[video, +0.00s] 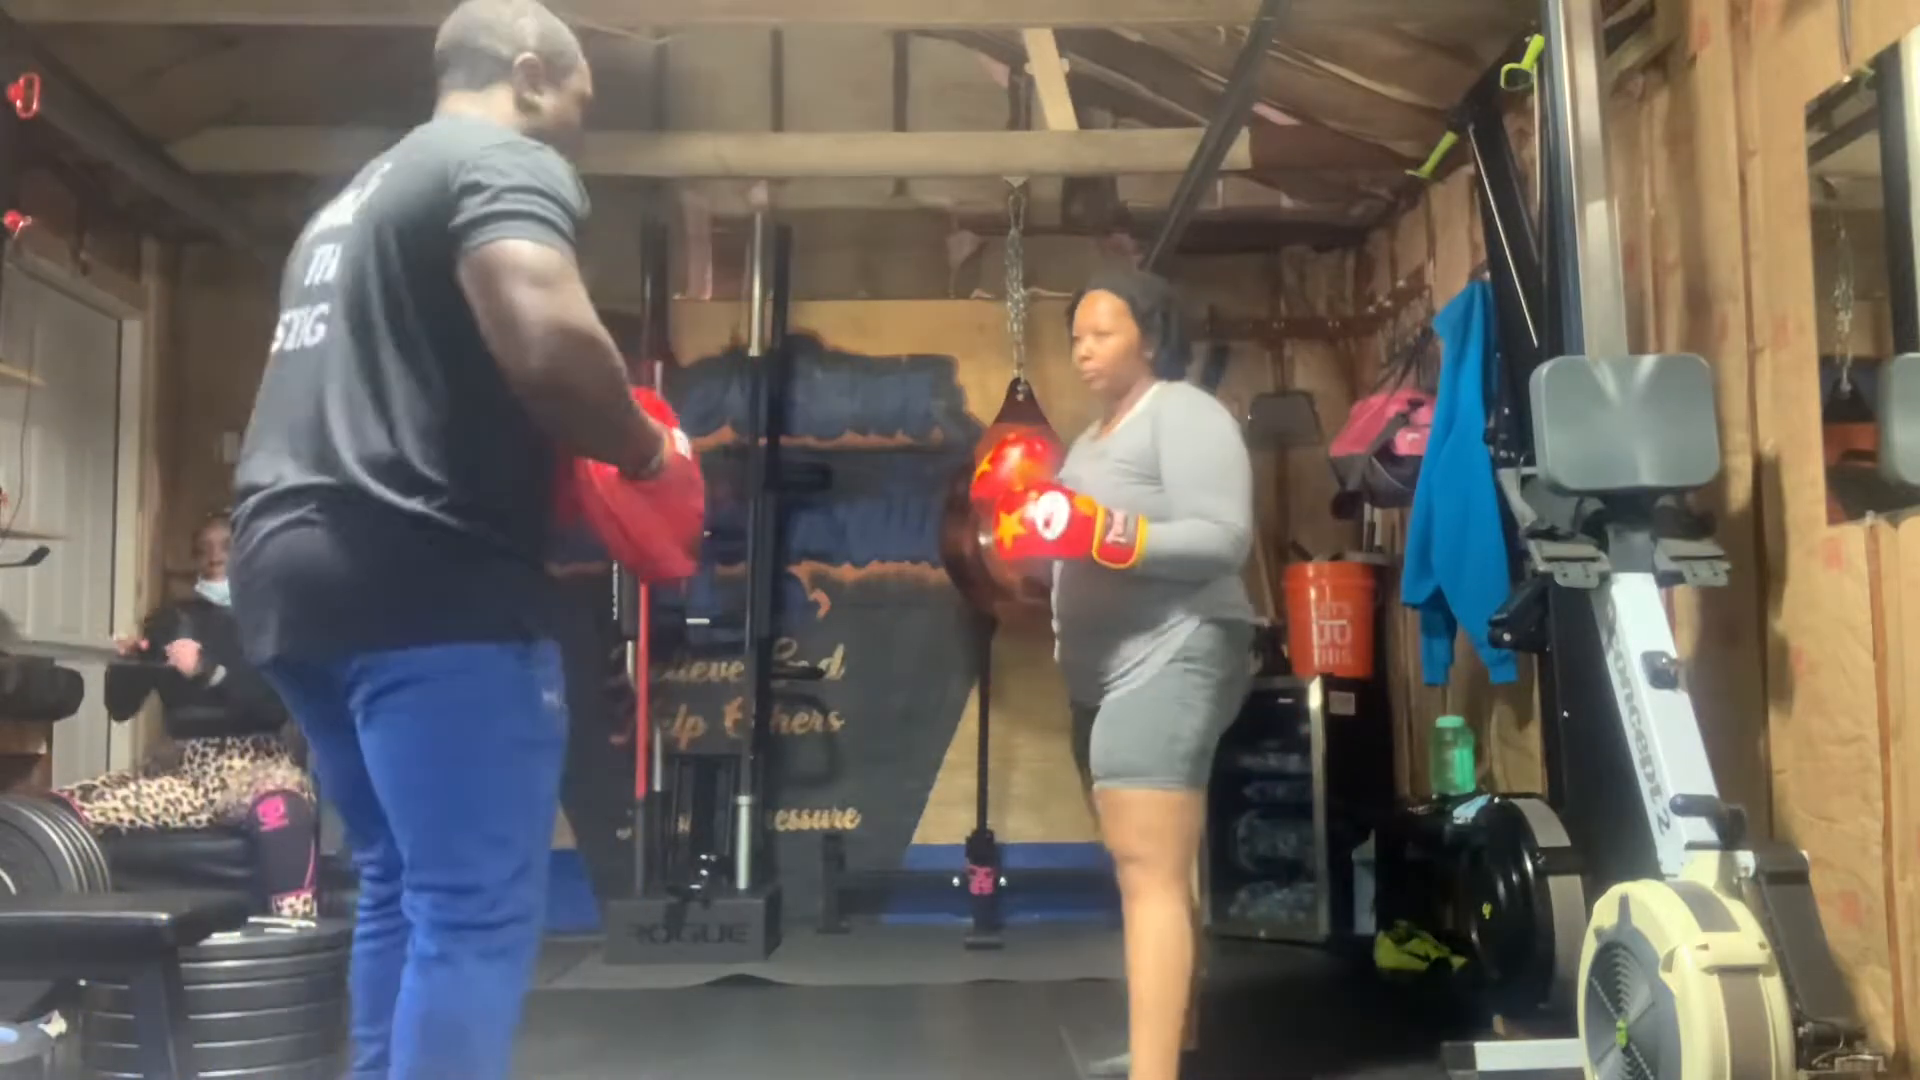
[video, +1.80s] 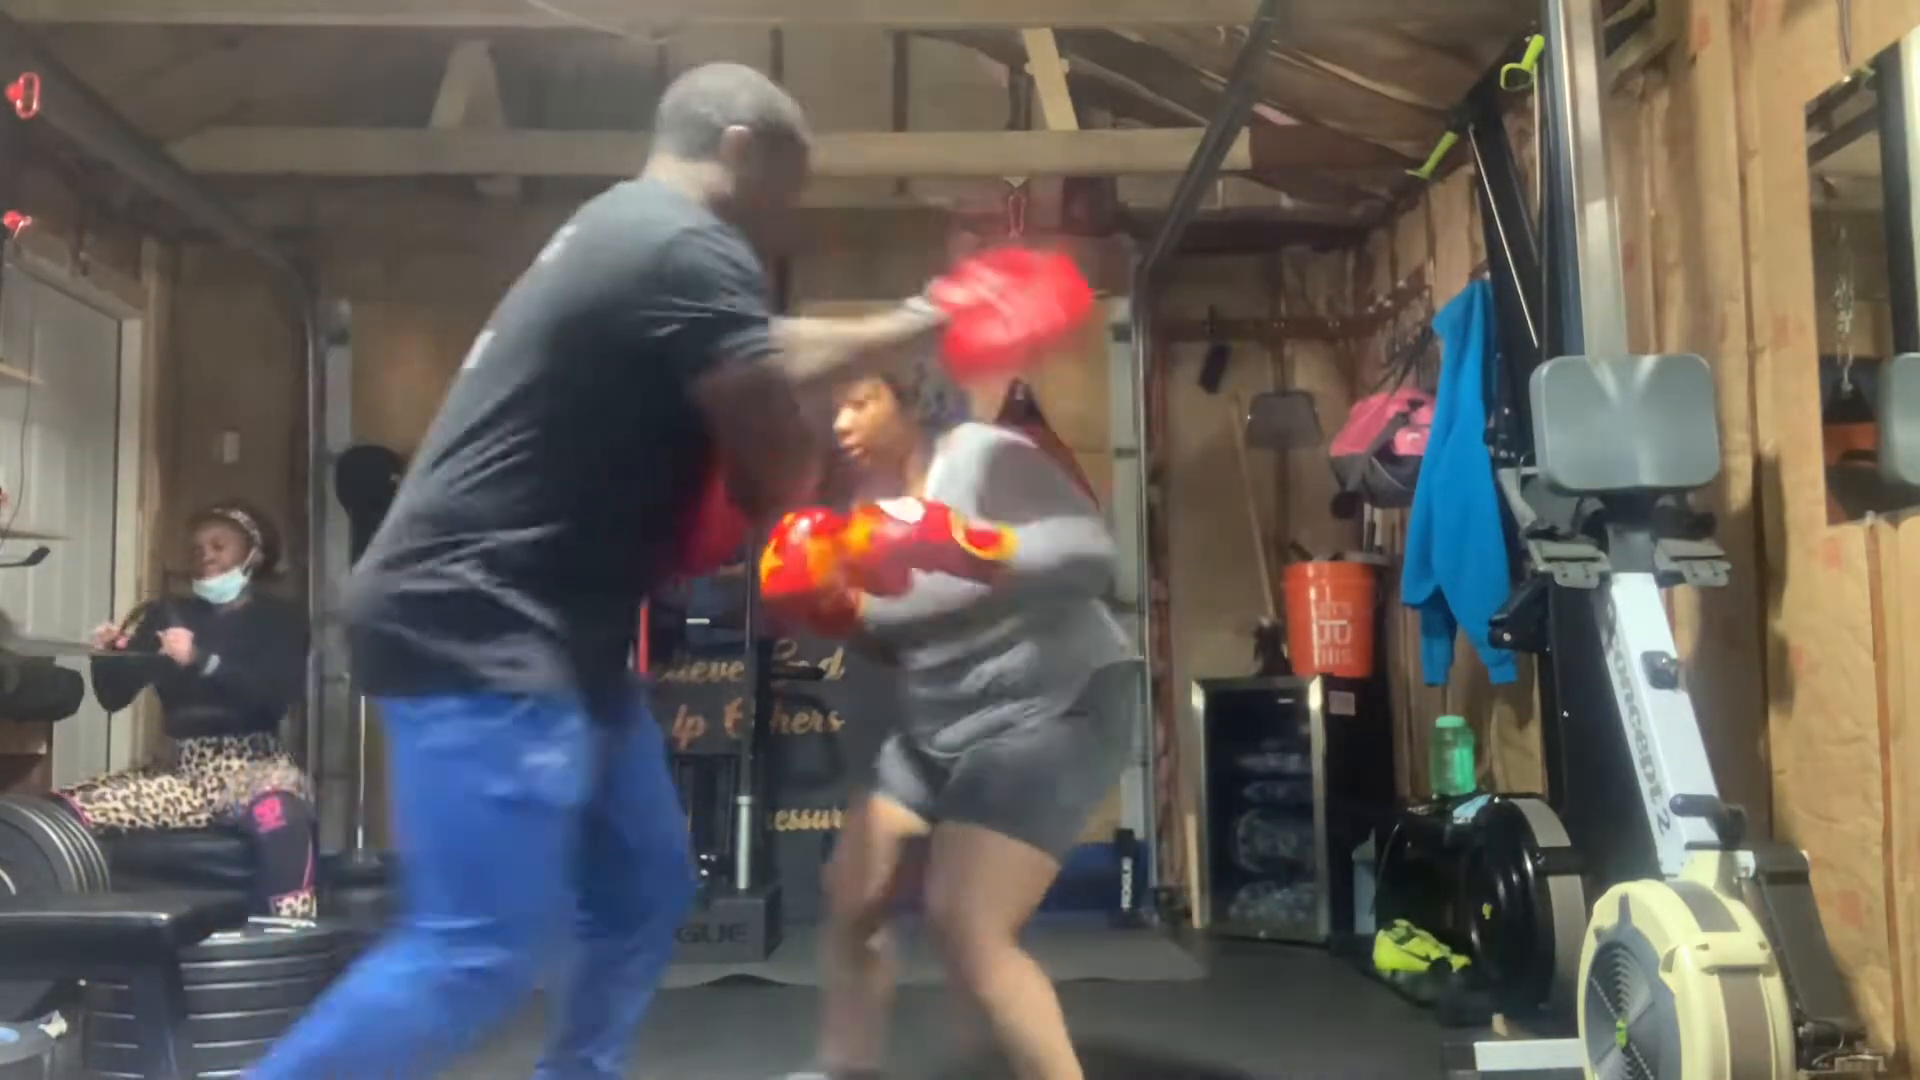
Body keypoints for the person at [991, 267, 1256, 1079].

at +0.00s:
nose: (1083, 351)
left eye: (1100, 334)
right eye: (1078, 337)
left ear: (1147, 337)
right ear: (1079, 347)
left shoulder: (1189, 411)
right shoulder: (1087, 443)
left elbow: (1223, 537)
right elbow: (1072, 550)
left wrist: (1104, 532)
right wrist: (1018, 528)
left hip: (1176, 651)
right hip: (1108, 664)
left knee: (1150, 872)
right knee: (1147, 872)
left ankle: (1153, 1069)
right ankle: (1160, 1058)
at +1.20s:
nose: (1060, 349)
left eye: (1077, 330)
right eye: (1055, 333)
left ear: (1132, 333)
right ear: (1057, 340)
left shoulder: (1175, 399)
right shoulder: (1073, 430)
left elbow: (1182, 511)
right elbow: (1021, 548)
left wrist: (1081, 472)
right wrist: (1001, 478)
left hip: (1152, 638)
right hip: (1101, 652)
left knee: (1067, 880)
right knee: (1146, 898)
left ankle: (1086, 1074)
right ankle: (1214, 1071)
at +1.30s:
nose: (1038, 330)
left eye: (1054, 313)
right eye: (1033, 317)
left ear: (1106, 312)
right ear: (1031, 330)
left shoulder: (1142, 374)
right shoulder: (1040, 419)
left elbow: (1143, 447)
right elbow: (1016, 548)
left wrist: (1052, 387)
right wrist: (981, 456)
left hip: (1133, 627)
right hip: (1101, 636)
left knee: (1085, 888)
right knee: (1169, 900)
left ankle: (1093, 1075)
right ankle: (1216, 1071)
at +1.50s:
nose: (972, 337)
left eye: (989, 317)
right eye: (967, 321)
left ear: (1049, 312)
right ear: (968, 332)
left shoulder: (1089, 363)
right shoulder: (983, 421)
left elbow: (1091, 415)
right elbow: (948, 536)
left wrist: (971, 384)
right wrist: (904, 471)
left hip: (1128, 629)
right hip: (1063, 656)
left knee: (1058, 874)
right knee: (1156, 906)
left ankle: (1088, 1074)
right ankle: (1218, 1073)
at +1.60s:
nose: (926, 357)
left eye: (942, 338)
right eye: (923, 340)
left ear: (999, 333)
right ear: (937, 345)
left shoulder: (1053, 391)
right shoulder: (948, 442)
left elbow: (1116, 491)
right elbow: (939, 571)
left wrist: (993, 496)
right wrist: (867, 576)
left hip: (1113, 649)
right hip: (1035, 678)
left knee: (1028, 879)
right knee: (1050, 888)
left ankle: (1078, 1073)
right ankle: (1186, 1041)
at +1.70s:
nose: (879, 395)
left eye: (894, 374)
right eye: (875, 379)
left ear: (955, 367)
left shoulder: (1018, 430)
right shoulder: (912, 482)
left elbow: (1129, 536)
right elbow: (914, 613)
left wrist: (1010, 557)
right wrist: (849, 581)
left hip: (1088, 685)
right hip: (984, 703)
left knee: (997, 897)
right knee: (926, 882)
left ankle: (1068, 1071)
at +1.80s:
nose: (843, 424)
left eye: (860, 401)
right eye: (837, 408)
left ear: (911, 398)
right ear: (841, 421)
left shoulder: (987, 456)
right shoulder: (867, 505)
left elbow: (1093, 556)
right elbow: (897, 626)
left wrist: (986, 549)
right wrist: (845, 610)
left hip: (1048, 712)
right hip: (935, 723)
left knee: (968, 918)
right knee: (853, 891)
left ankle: (1059, 1070)